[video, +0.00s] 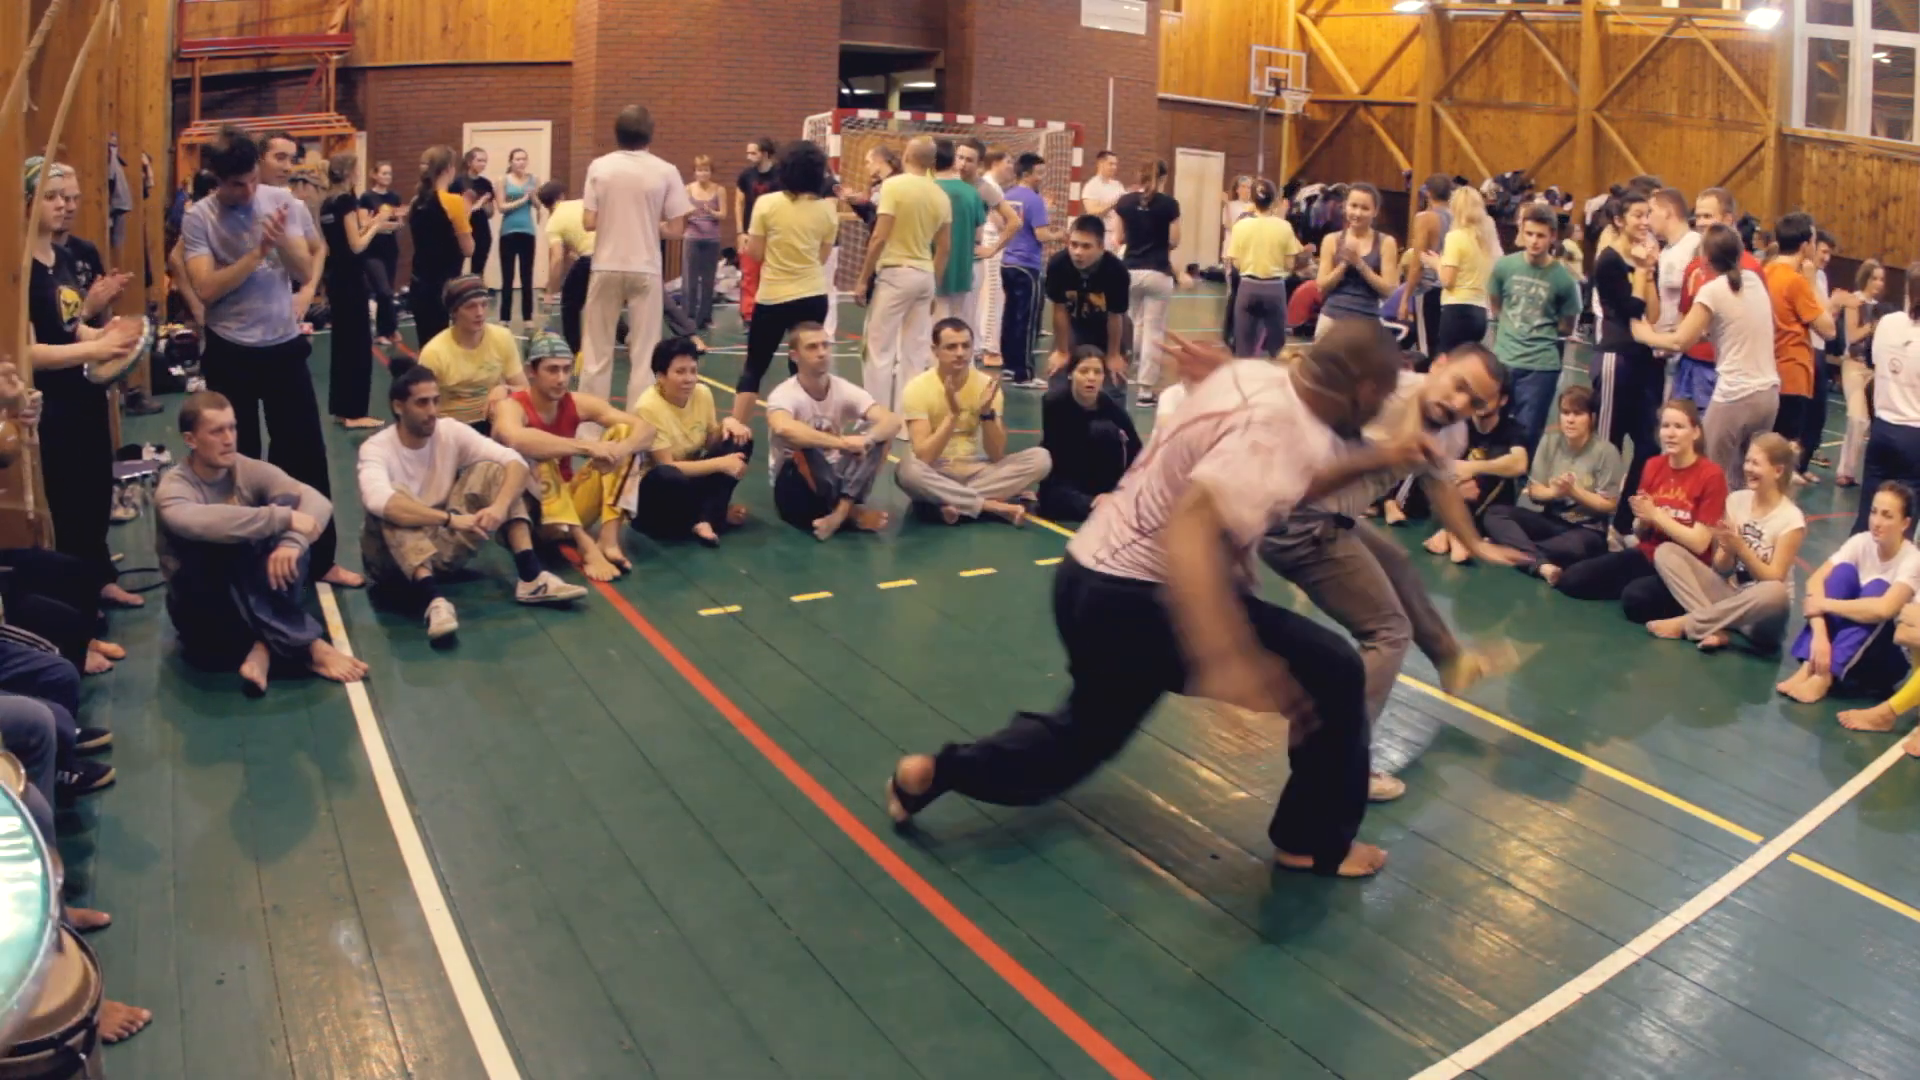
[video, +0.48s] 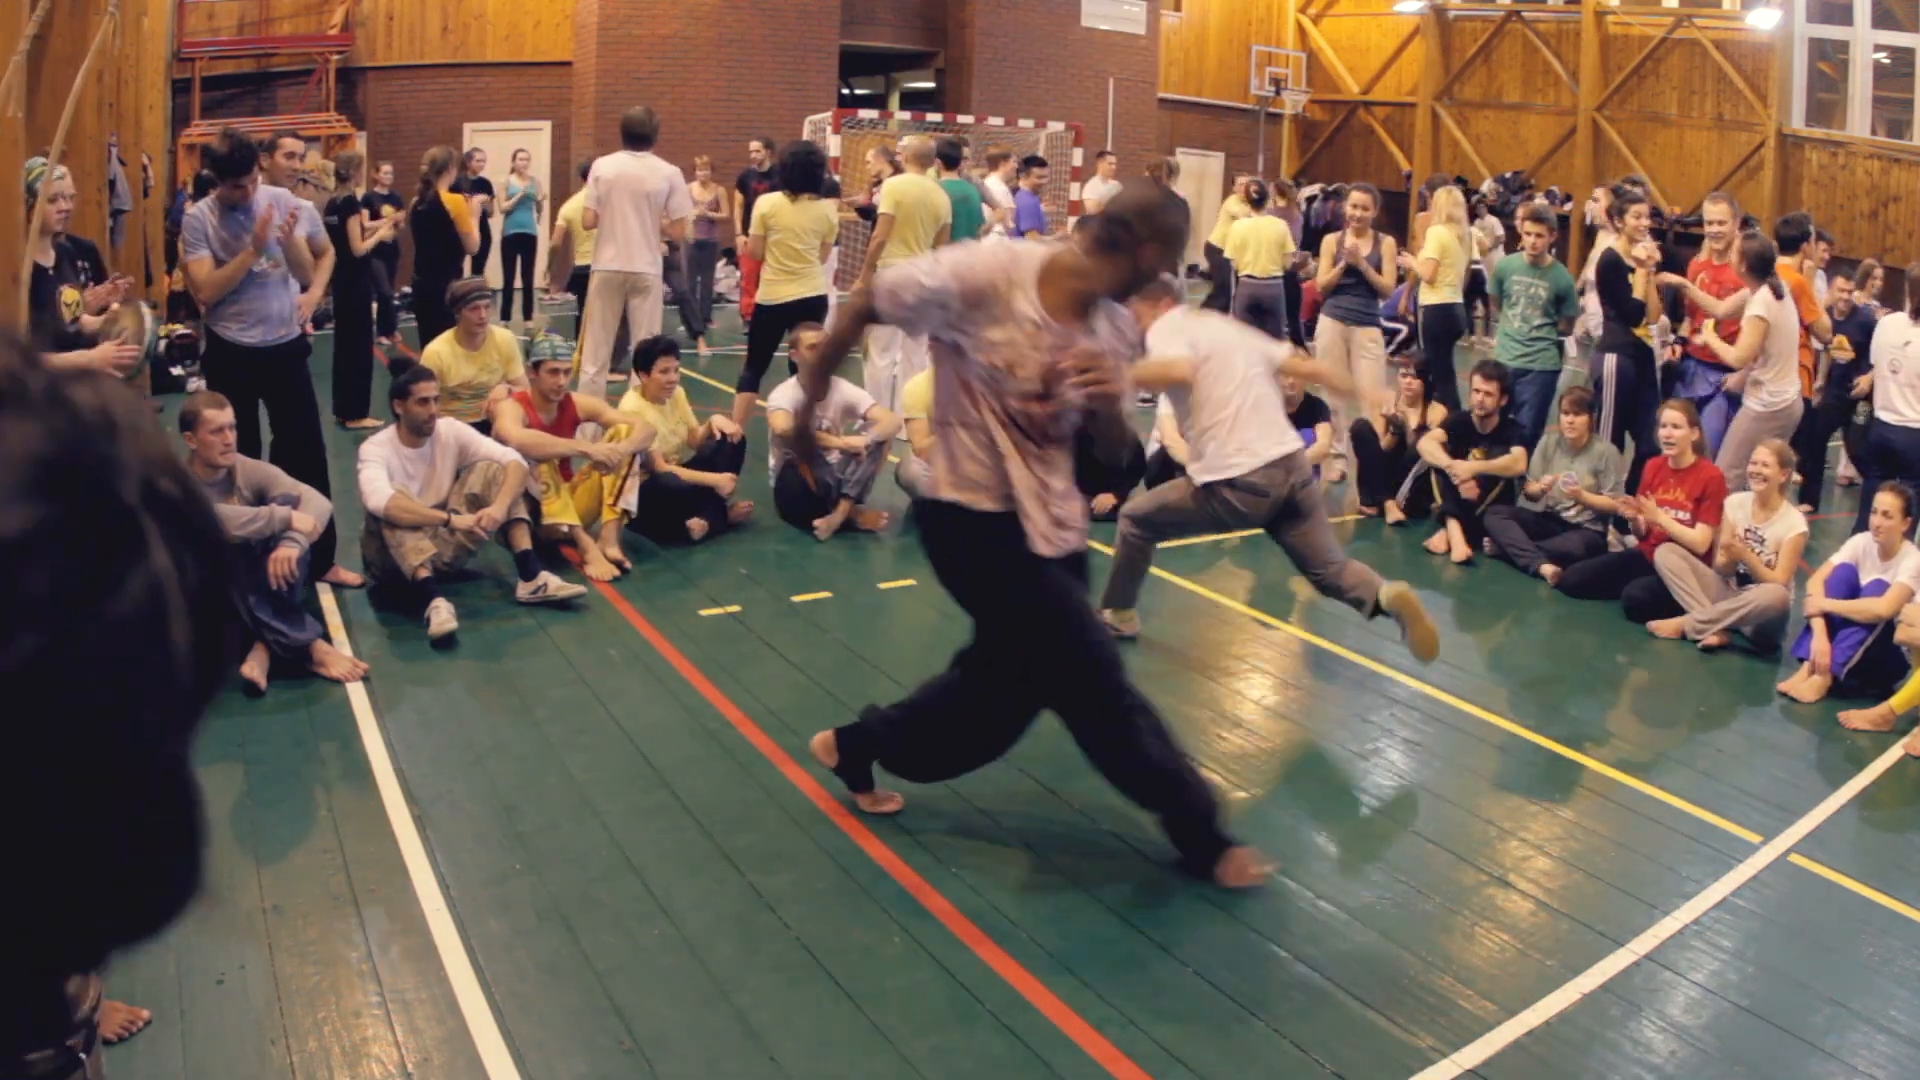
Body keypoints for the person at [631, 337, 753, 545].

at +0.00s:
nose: (689, 379)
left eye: (693, 371)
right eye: (680, 372)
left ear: (698, 372)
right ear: (660, 376)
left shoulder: (702, 393)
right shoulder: (648, 407)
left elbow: (712, 442)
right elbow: (666, 466)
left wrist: (727, 423)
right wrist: (720, 464)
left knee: (740, 440)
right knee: (663, 475)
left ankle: (706, 520)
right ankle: (718, 515)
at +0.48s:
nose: (673, 379)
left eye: (676, 371)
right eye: (664, 372)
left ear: (679, 370)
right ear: (643, 376)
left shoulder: (676, 393)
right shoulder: (632, 409)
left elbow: (695, 441)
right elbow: (659, 468)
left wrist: (713, 421)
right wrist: (715, 480)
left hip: (678, 474)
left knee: (733, 438)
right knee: (665, 481)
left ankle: (707, 517)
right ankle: (722, 515)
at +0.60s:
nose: (669, 378)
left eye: (672, 370)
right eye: (660, 372)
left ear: (676, 367)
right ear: (639, 376)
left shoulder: (676, 389)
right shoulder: (629, 411)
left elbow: (690, 423)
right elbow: (656, 465)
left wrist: (716, 424)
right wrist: (705, 478)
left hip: (682, 461)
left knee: (735, 438)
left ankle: (703, 520)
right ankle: (723, 517)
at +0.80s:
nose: (669, 376)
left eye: (672, 368)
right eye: (660, 371)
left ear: (676, 365)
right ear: (640, 375)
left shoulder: (687, 394)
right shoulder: (629, 410)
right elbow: (651, 466)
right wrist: (691, 475)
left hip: (690, 472)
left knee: (738, 439)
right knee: (664, 477)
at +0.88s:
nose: (671, 375)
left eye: (674, 367)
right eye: (662, 370)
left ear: (678, 367)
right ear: (642, 376)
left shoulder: (688, 398)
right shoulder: (629, 411)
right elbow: (650, 470)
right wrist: (700, 471)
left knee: (735, 441)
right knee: (663, 476)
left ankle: (705, 521)